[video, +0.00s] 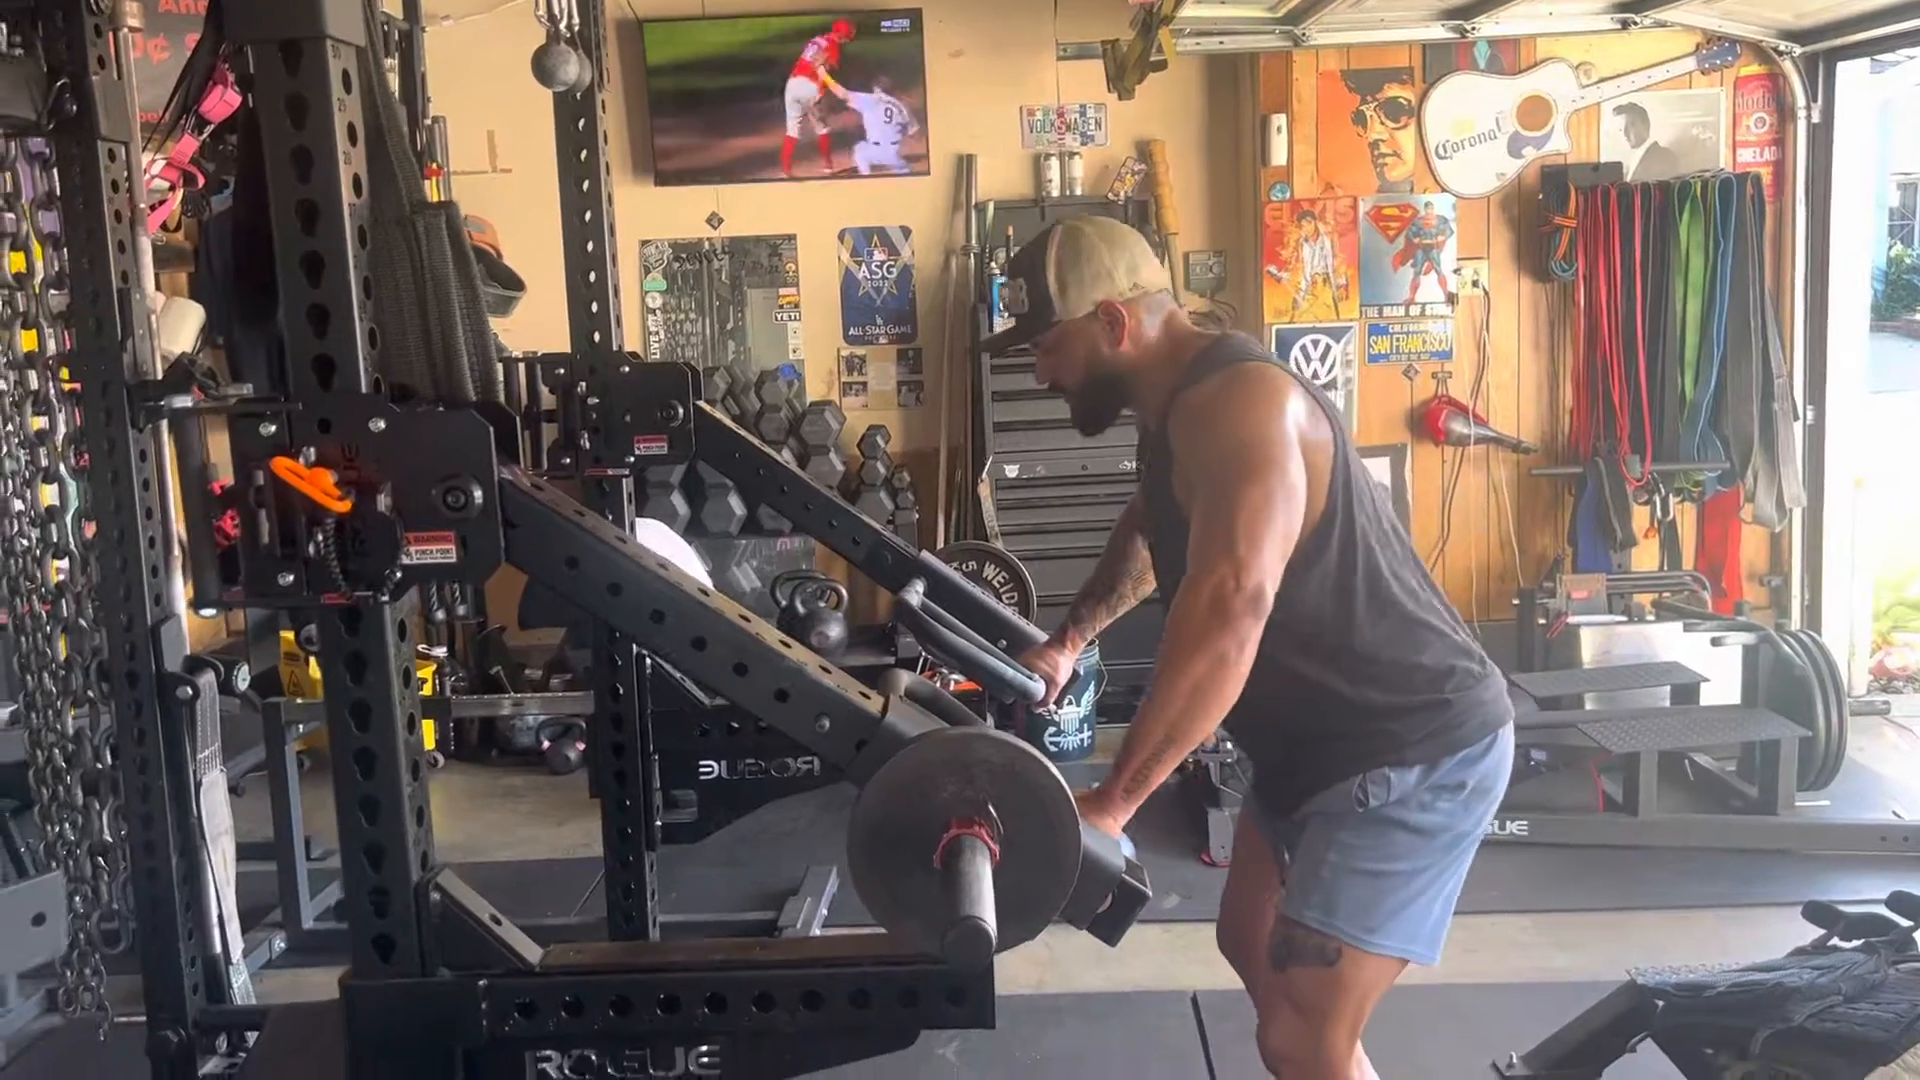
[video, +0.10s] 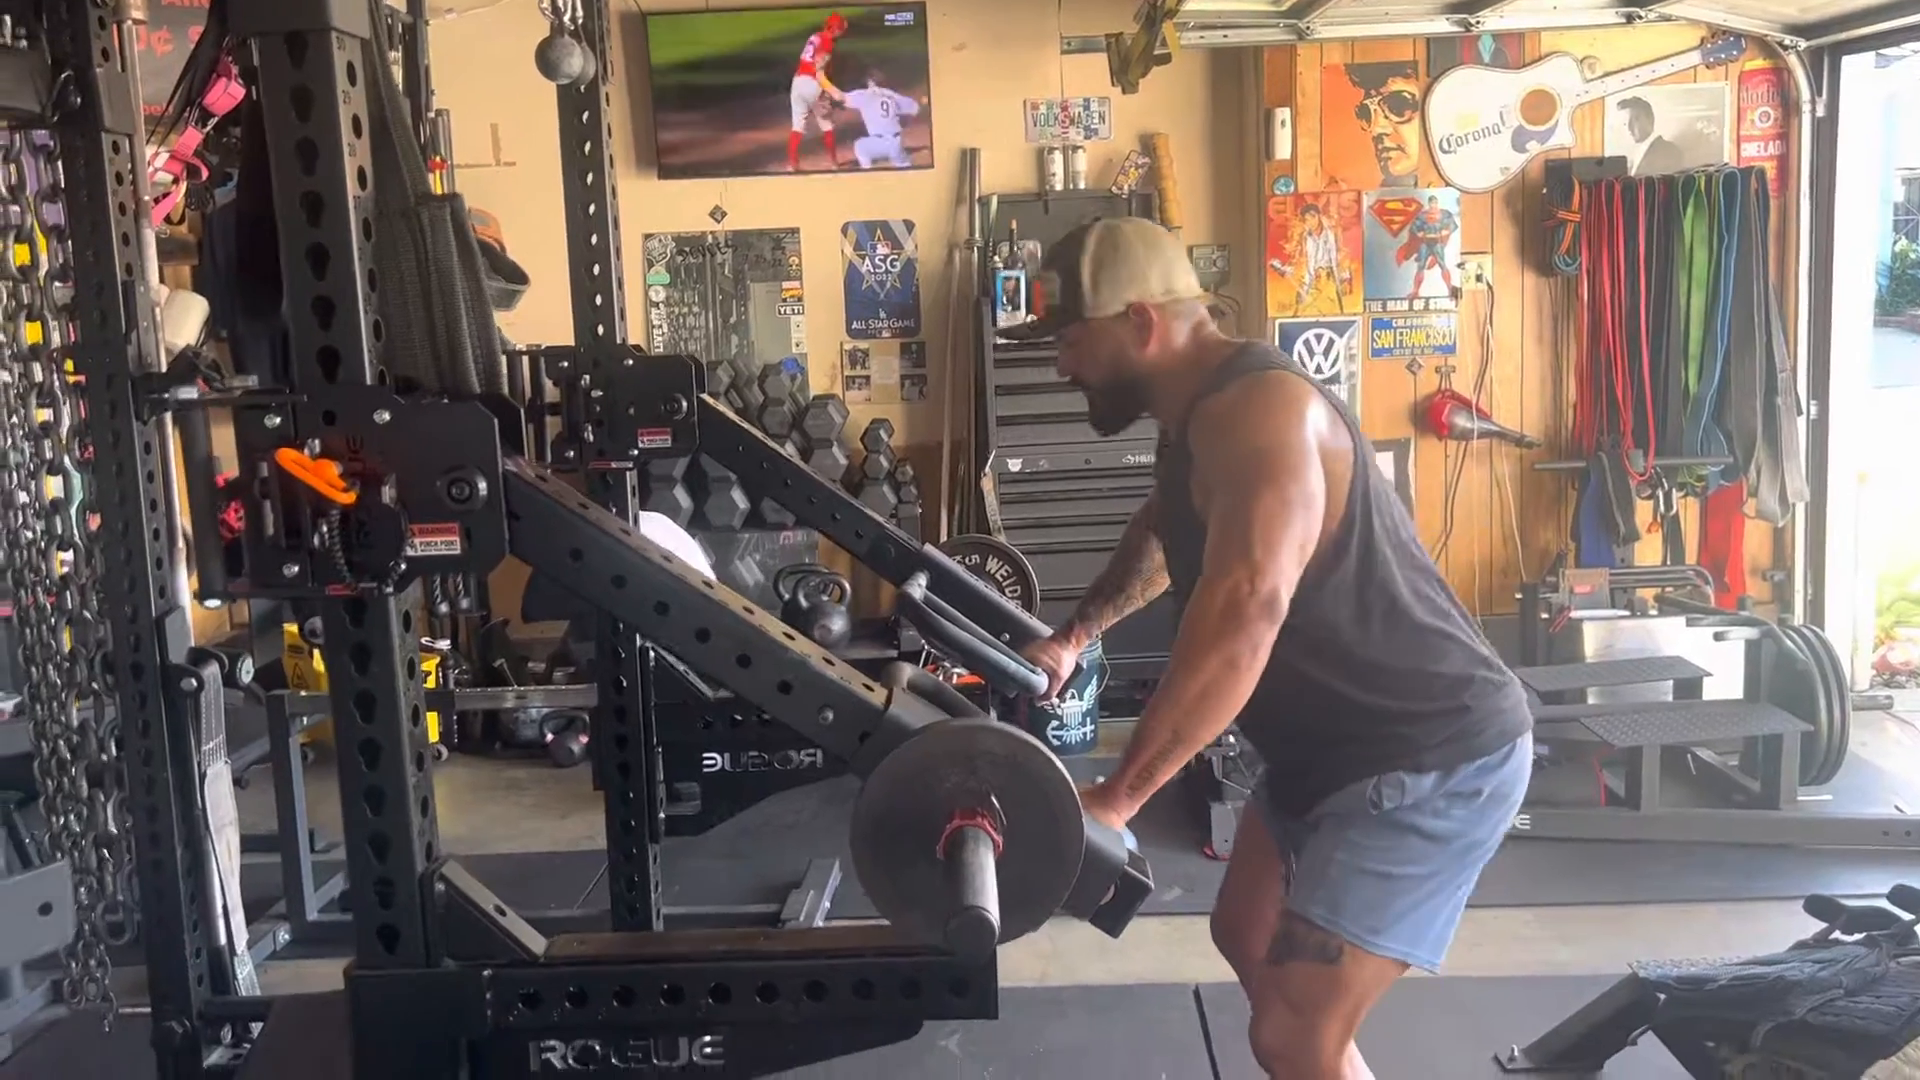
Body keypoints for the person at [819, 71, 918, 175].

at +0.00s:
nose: (874, 89)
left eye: (874, 86)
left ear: (875, 86)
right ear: (889, 89)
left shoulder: (869, 99)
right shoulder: (899, 105)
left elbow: (842, 94)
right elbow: (914, 129)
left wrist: (824, 75)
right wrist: (896, 135)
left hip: (873, 150)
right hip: (893, 151)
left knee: (859, 149)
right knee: (904, 171)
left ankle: (866, 177)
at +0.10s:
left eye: (868, 79)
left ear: (868, 82)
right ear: (881, 82)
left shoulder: (863, 95)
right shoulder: (890, 95)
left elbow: (840, 97)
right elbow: (915, 108)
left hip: (877, 141)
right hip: (896, 140)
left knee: (860, 146)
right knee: (903, 165)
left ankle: (867, 172)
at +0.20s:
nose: (849, 64)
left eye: (851, 61)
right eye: (849, 61)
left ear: (858, 64)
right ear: (866, 63)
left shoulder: (854, 80)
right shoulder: (878, 74)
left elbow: (840, 93)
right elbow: (899, 82)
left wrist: (824, 84)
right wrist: (909, 77)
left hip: (871, 116)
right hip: (888, 114)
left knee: (854, 129)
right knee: (890, 136)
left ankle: (865, 156)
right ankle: (902, 155)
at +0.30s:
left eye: (840, 42)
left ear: (843, 43)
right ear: (853, 41)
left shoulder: (843, 56)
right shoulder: (864, 49)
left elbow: (834, 76)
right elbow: (882, 57)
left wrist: (814, 77)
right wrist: (893, 52)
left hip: (857, 91)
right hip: (874, 88)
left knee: (846, 110)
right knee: (881, 114)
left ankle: (856, 136)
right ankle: (899, 137)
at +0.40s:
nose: (831, 24)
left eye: (830, 23)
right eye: (833, 22)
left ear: (831, 25)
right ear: (841, 22)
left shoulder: (832, 36)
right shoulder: (852, 29)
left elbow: (828, 57)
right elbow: (868, 37)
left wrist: (813, 71)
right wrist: (880, 38)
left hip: (848, 67)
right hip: (862, 64)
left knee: (841, 93)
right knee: (870, 91)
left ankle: (849, 120)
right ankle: (889, 117)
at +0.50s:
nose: (822, 13)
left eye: (822, 10)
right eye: (822, 10)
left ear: (825, 10)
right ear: (832, 8)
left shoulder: (825, 23)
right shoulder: (843, 16)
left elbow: (823, 46)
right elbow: (859, 25)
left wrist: (816, 69)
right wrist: (869, 29)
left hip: (841, 53)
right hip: (854, 50)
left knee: (837, 82)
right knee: (860, 79)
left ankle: (844, 109)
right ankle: (875, 102)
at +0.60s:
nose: (819, 5)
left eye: (818, 4)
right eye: (819, 3)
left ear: (819, 4)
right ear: (827, 3)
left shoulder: (820, 17)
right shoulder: (838, 9)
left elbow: (823, 37)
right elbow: (852, 19)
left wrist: (823, 56)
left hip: (835, 47)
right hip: (847, 45)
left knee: (835, 75)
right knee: (850, 72)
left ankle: (839, 103)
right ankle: (863, 95)